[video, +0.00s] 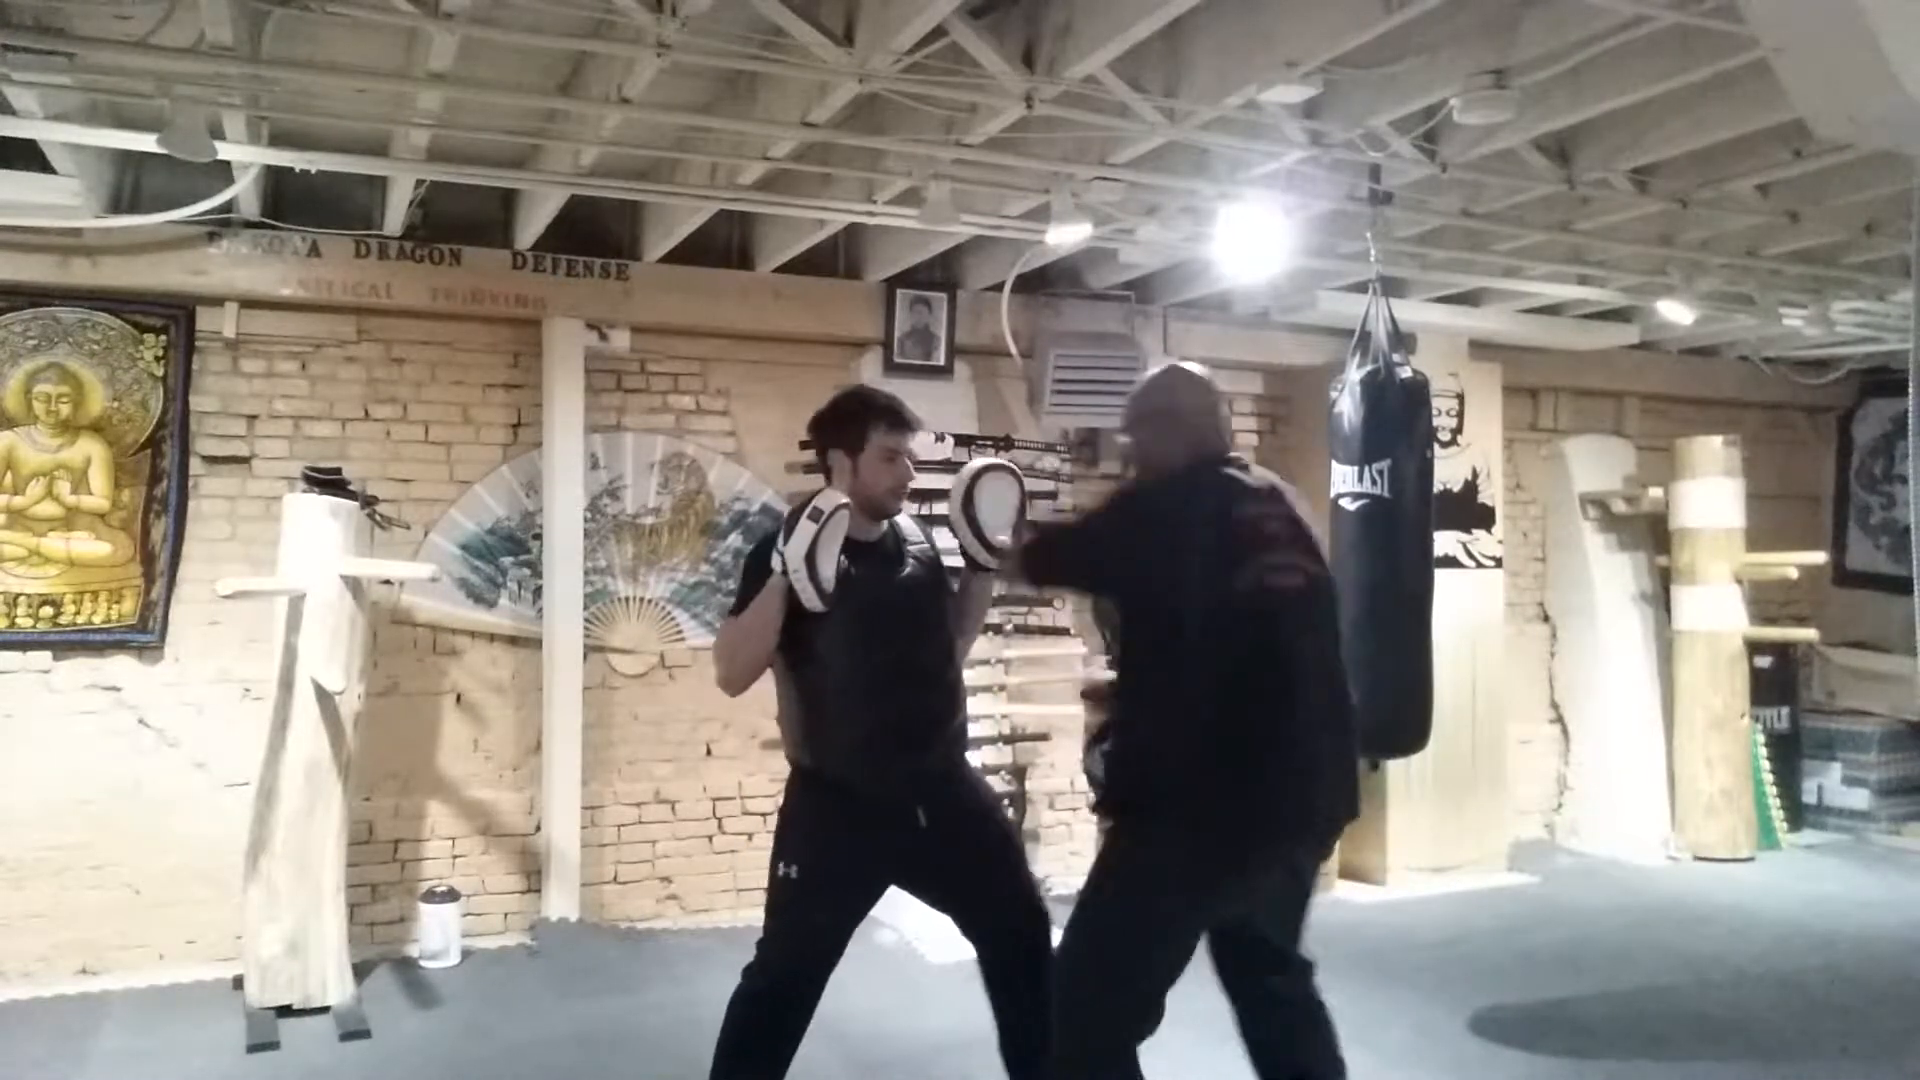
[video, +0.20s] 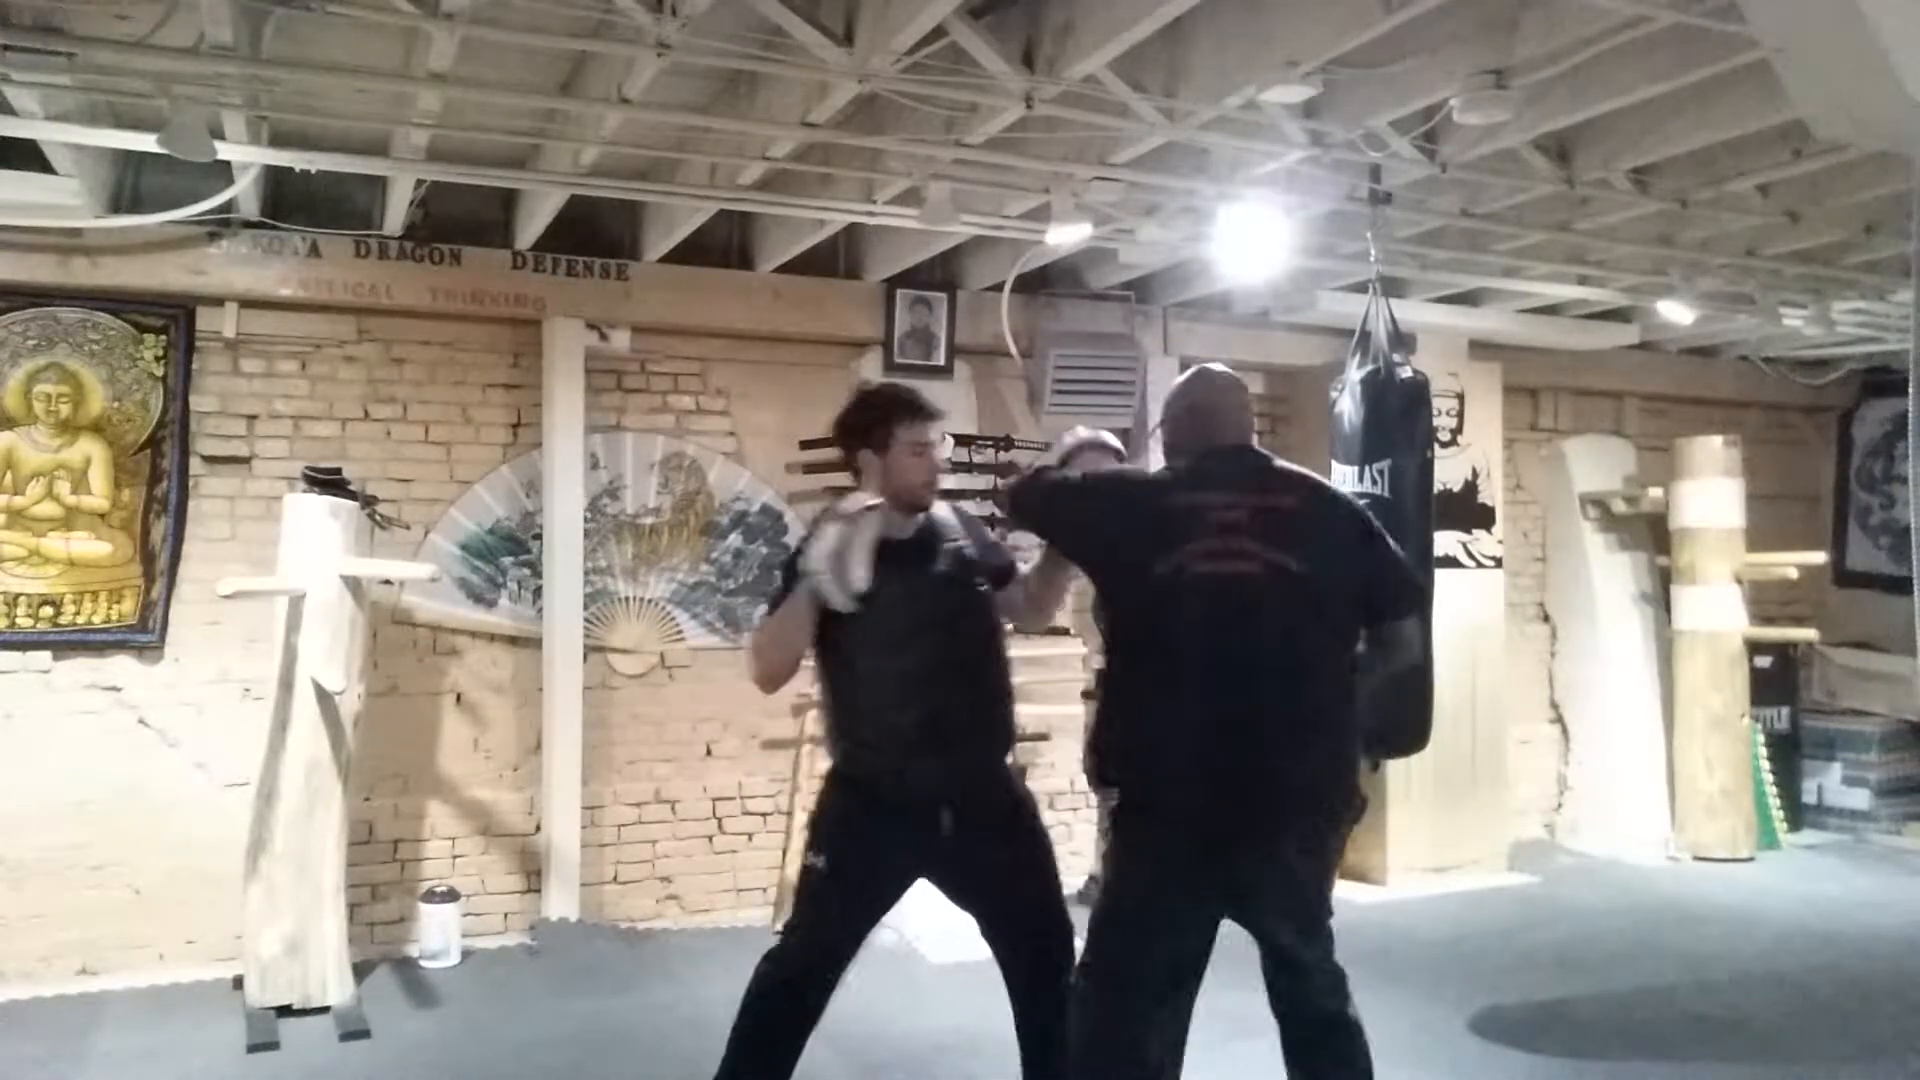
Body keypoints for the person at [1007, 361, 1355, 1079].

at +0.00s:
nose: (1129, 445)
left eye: (1138, 428)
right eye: (1129, 428)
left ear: (1167, 432)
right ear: (1216, 432)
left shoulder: (1155, 512)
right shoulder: (1274, 508)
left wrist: (1021, 551)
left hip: (1188, 810)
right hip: (1298, 799)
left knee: (1090, 1011)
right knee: (1267, 968)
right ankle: (1315, 1075)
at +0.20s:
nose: (1162, 442)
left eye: (1164, 432)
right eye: (1163, 434)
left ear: (1173, 435)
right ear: (1251, 430)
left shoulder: (1136, 504)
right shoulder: (1329, 509)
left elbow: (1025, 496)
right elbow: (1402, 604)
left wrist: (1075, 458)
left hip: (1170, 805)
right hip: (1300, 801)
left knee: (1126, 1010)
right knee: (1310, 980)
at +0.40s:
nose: (1139, 440)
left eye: (1143, 426)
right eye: (1142, 426)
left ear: (1158, 429)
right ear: (1234, 420)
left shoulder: (1140, 510)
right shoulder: (1315, 497)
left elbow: (1036, 578)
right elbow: (1381, 589)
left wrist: (1089, 503)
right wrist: (1293, 587)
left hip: (1191, 793)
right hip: (1304, 784)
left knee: (1089, 985)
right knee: (1284, 962)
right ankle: (1329, 1079)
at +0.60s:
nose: (1105, 439)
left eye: (1117, 421)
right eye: (1106, 422)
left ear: (1164, 427)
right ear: (1186, 424)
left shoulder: (1225, 520)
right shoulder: (1170, 513)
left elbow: (1151, 681)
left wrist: (1098, 575)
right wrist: (1058, 506)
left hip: (1226, 801)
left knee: (1075, 978)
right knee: (1221, 973)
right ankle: (1290, 1078)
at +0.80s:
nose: (1081, 457)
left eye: (1092, 437)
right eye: (1080, 440)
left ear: (1149, 428)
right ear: (1144, 430)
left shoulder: (1239, 530)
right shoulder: (1118, 520)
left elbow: (1214, 698)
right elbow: (1019, 601)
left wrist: (1107, 578)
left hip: (1227, 806)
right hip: (1158, 797)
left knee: (1062, 988)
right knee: (1215, 979)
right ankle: (1293, 1076)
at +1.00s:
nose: (1100, 417)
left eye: (1116, 398)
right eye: (1099, 400)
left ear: (1163, 400)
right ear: (1176, 403)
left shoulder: (1195, 495)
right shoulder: (1231, 479)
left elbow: (1157, 666)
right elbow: (1207, 608)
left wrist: (1077, 583)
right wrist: (1121, 556)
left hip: (1241, 772)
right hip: (1295, 758)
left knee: (1130, 984)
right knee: (1267, 947)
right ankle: (1344, 1076)